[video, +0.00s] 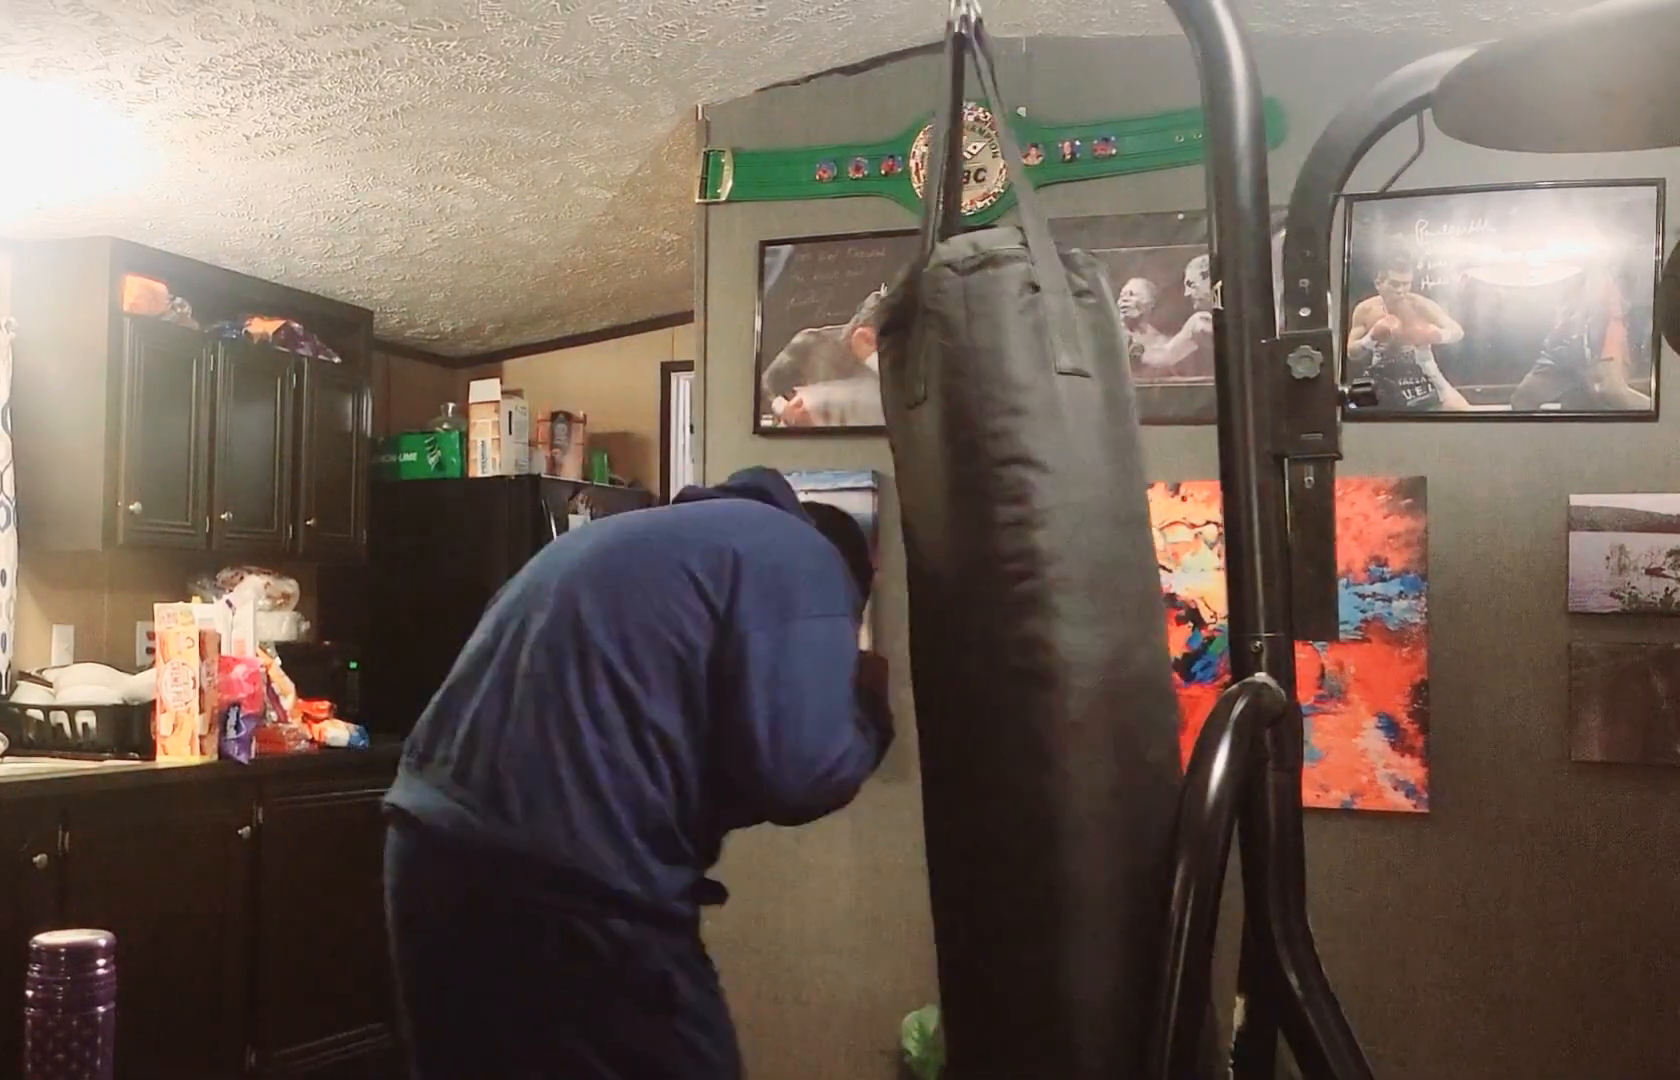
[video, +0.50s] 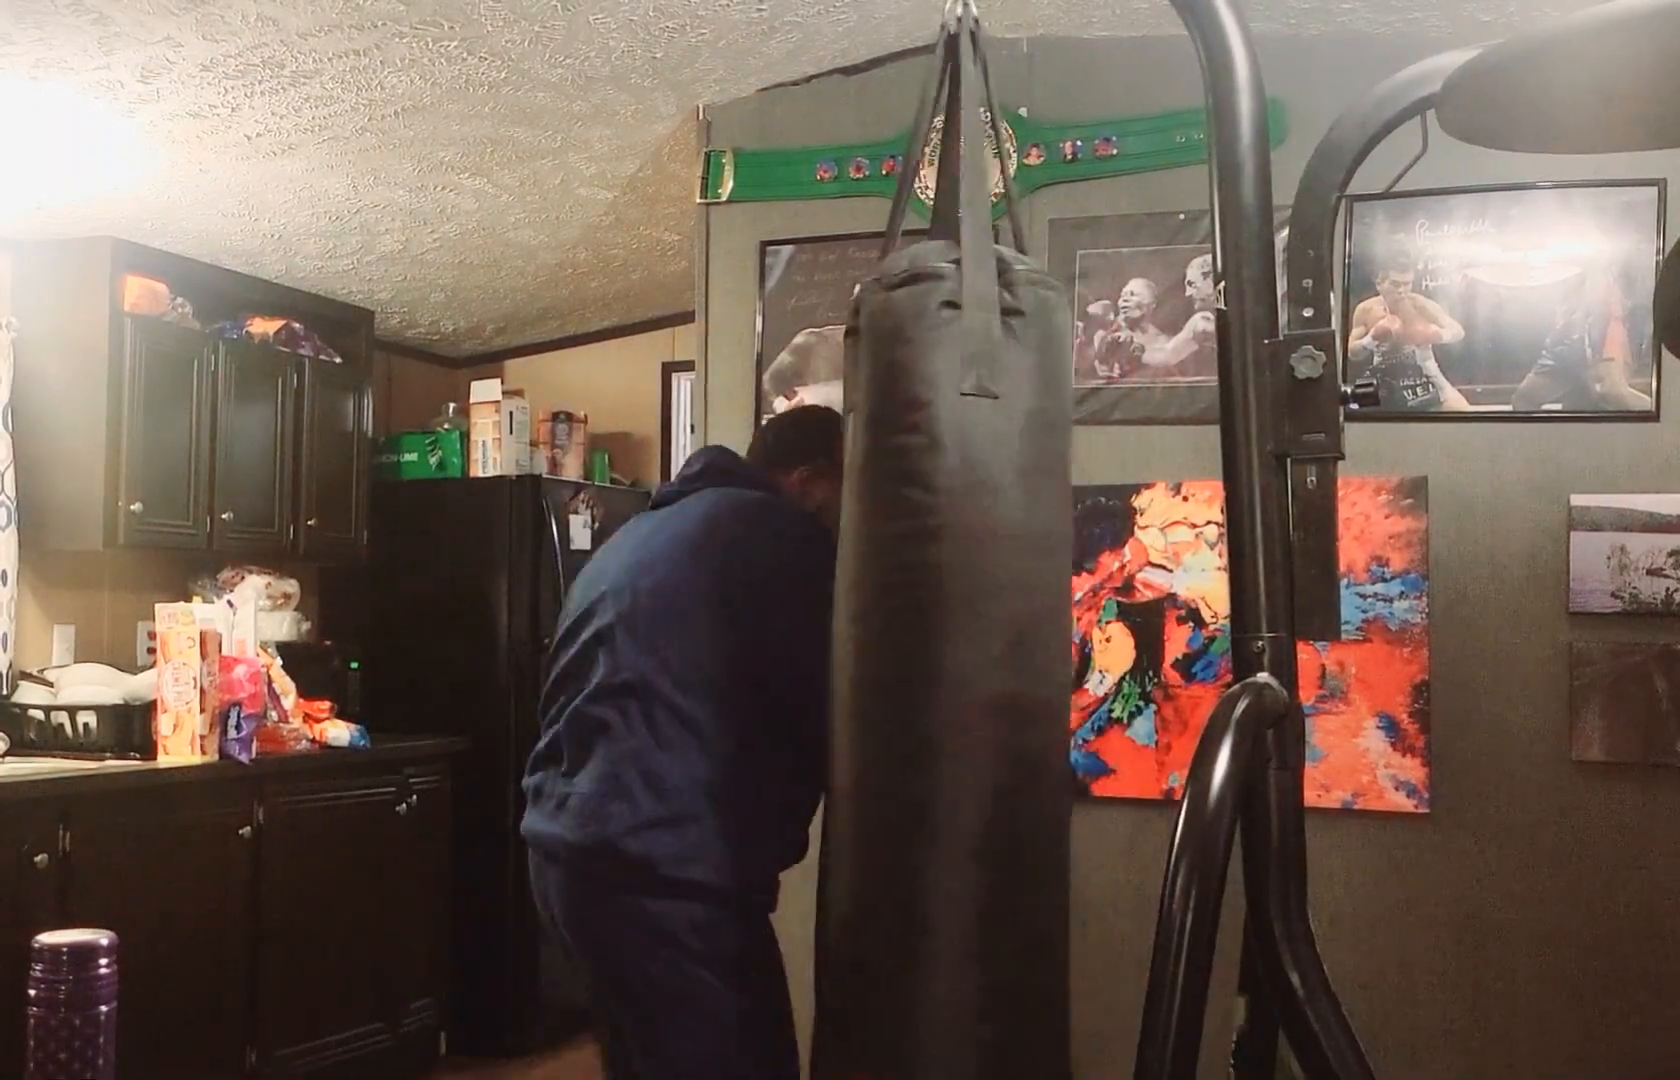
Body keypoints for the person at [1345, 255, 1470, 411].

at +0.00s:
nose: (1401, 290)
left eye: (1406, 284)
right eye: (1395, 284)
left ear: (1411, 283)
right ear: (1379, 283)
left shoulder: (1421, 305)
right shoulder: (1365, 310)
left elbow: (1457, 331)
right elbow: (1351, 353)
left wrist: (1435, 335)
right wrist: (1372, 337)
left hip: (1427, 381)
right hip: (1384, 384)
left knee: (1467, 415)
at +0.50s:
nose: (1402, 291)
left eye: (1407, 284)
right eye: (1396, 284)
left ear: (1412, 283)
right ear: (1379, 283)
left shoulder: (1421, 304)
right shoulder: (1366, 310)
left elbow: (1458, 331)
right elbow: (1352, 353)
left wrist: (1435, 335)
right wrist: (1374, 337)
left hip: (1429, 382)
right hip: (1386, 386)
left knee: (1467, 416)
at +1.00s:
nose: (1402, 291)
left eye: (1406, 285)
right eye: (1395, 285)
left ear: (1411, 282)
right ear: (1379, 283)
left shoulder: (1422, 305)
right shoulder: (1365, 310)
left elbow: (1457, 331)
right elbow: (1352, 353)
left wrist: (1435, 335)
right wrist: (1373, 338)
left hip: (1428, 381)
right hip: (1386, 384)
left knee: (1466, 415)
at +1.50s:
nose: (1401, 291)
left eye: (1406, 285)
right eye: (1395, 285)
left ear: (1412, 283)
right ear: (1379, 284)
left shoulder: (1421, 305)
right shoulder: (1364, 311)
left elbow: (1458, 332)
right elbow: (1352, 355)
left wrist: (1436, 335)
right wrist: (1373, 338)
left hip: (1429, 385)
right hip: (1385, 389)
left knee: (1468, 419)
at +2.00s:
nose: (1402, 290)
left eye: (1406, 285)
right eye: (1396, 284)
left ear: (1412, 283)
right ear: (1379, 284)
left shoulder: (1421, 305)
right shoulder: (1365, 310)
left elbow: (1458, 331)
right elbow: (1352, 353)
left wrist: (1436, 335)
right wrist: (1373, 337)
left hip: (1427, 380)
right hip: (1384, 383)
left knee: (1467, 416)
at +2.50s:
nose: (1402, 291)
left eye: (1407, 285)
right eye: (1396, 285)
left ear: (1412, 283)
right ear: (1379, 284)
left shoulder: (1421, 305)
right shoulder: (1365, 310)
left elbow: (1458, 332)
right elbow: (1352, 353)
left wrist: (1435, 335)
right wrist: (1374, 338)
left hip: (1428, 382)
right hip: (1385, 385)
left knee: (1469, 418)